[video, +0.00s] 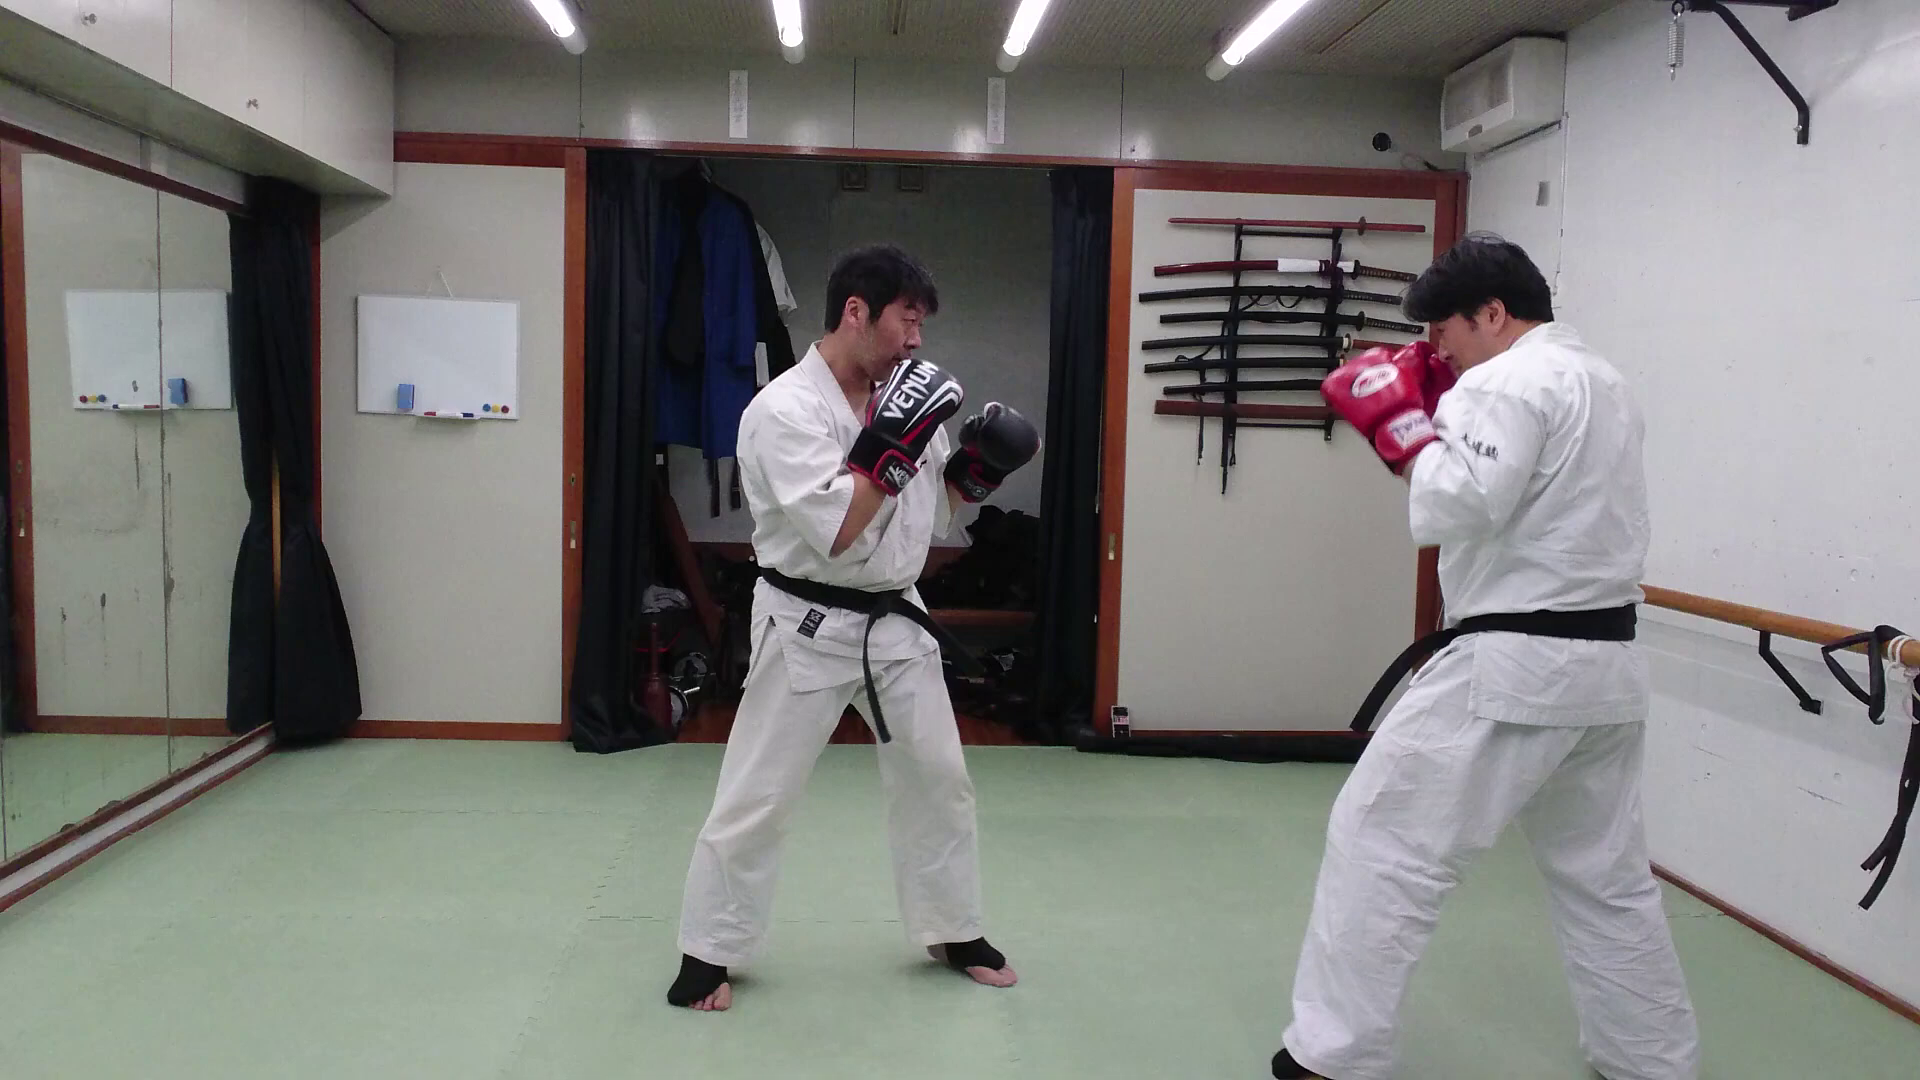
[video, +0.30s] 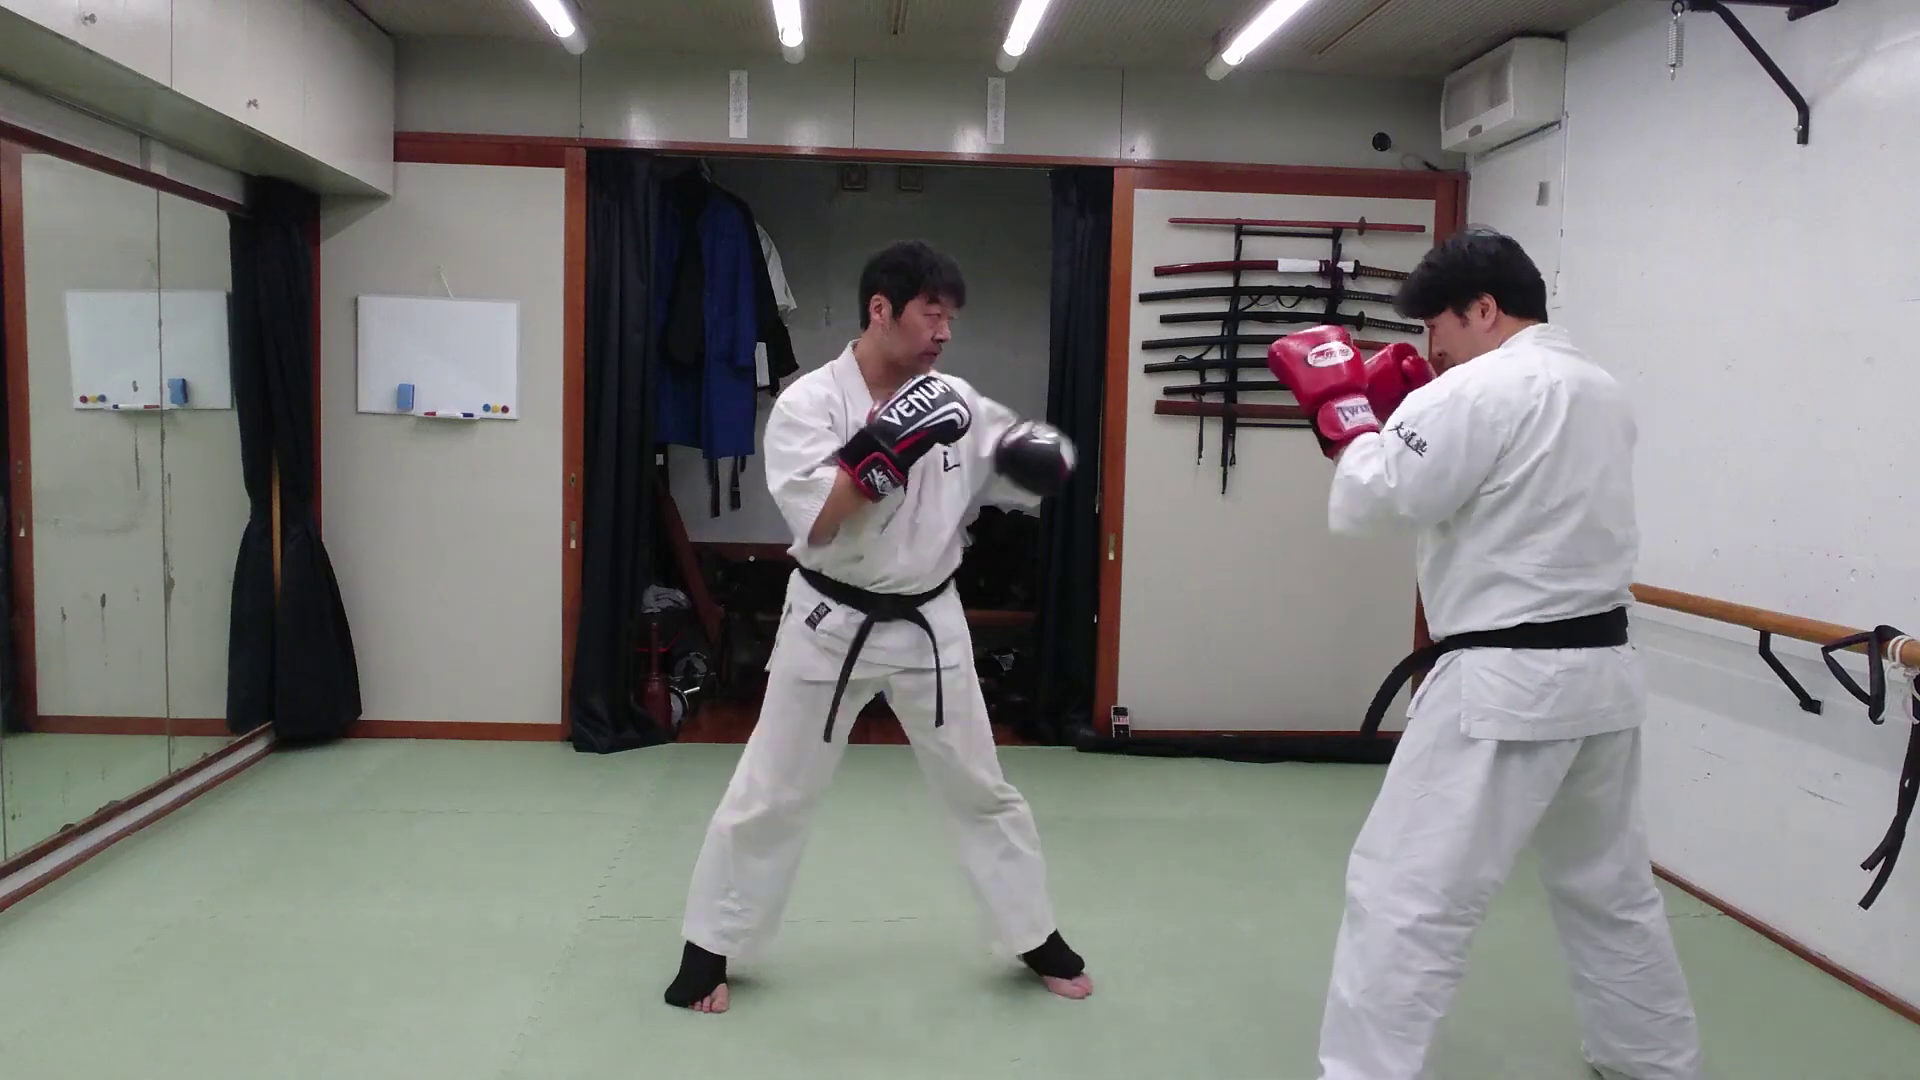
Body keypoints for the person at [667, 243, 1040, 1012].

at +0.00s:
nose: (916, 343)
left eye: (922, 328)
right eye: (908, 323)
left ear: (873, 320)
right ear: (855, 313)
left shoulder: (905, 403)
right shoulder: (782, 409)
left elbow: (936, 519)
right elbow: (833, 527)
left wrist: (976, 475)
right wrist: (894, 444)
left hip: (897, 618)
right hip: (804, 617)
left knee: (940, 776)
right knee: (757, 794)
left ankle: (955, 932)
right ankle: (708, 952)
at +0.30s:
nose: (943, 334)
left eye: (949, 320)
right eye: (932, 316)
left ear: (945, 324)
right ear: (880, 309)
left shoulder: (956, 404)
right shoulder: (807, 403)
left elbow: (1030, 457)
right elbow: (814, 521)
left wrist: (1043, 462)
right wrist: (882, 447)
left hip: (931, 619)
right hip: (826, 616)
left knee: (979, 786)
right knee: (769, 792)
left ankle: (1035, 936)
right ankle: (707, 947)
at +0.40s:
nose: (971, 325)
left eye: (979, 312)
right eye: (955, 308)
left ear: (986, 319)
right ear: (904, 311)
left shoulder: (1009, 392)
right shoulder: (838, 400)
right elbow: (817, 518)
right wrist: (877, 451)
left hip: (946, 617)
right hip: (840, 608)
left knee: (992, 786)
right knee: (783, 774)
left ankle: (1041, 936)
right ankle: (724, 932)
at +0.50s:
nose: (998, 326)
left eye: (1006, 311)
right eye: (981, 309)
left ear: (1012, 315)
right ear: (934, 312)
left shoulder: (1040, 390)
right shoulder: (875, 403)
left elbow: (1137, 404)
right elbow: (861, 518)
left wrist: (1215, 386)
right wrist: (925, 441)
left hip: (968, 617)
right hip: (868, 604)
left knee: (996, 788)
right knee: (801, 767)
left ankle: (1040, 938)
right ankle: (754, 919)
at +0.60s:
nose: (1012, 322)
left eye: (1020, 308)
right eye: (995, 305)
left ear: (1026, 314)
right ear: (948, 307)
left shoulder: (1053, 395)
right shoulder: (888, 396)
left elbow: (1141, 453)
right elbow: (876, 510)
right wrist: (950, 437)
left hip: (987, 616)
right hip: (885, 604)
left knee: (1013, 785)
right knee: (817, 762)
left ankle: (1043, 938)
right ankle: (781, 901)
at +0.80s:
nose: (1009, 335)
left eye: (1017, 322)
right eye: (998, 317)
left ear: (1018, 326)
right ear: (947, 310)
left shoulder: (1021, 408)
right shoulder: (876, 395)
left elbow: (1039, 499)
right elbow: (869, 508)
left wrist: (1084, 489)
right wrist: (942, 435)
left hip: (977, 613)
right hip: (877, 605)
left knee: (1018, 775)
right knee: (826, 763)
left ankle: (1046, 936)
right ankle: (795, 894)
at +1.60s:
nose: (979, 393)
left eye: (987, 379)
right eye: (962, 378)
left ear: (994, 379)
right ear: (917, 379)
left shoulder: (1016, 436)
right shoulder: (868, 466)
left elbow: (1065, 502)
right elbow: (869, 591)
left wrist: (1073, 542)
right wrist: (940, 530)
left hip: (1009, 639)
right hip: (906, 644)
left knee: (1060, 796)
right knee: (848, 794)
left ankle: (1122, 958)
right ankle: (804, 911)